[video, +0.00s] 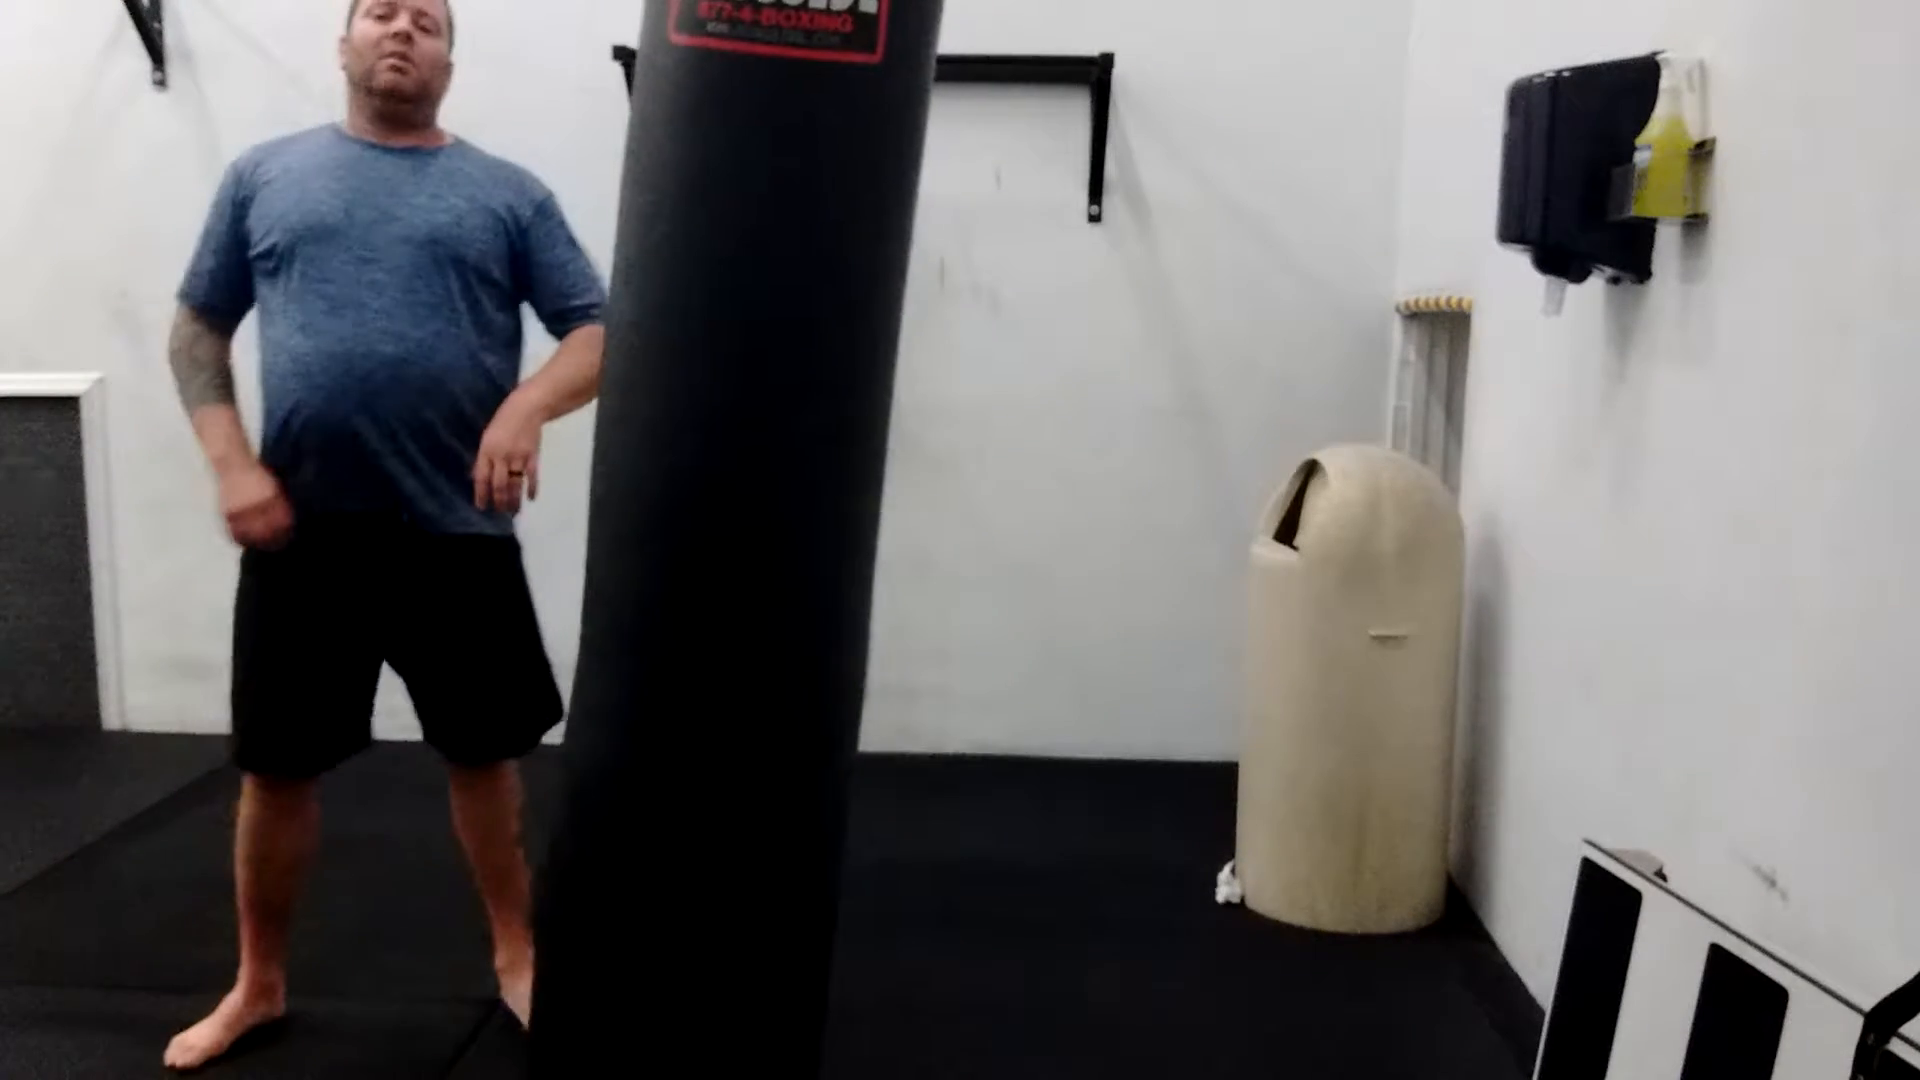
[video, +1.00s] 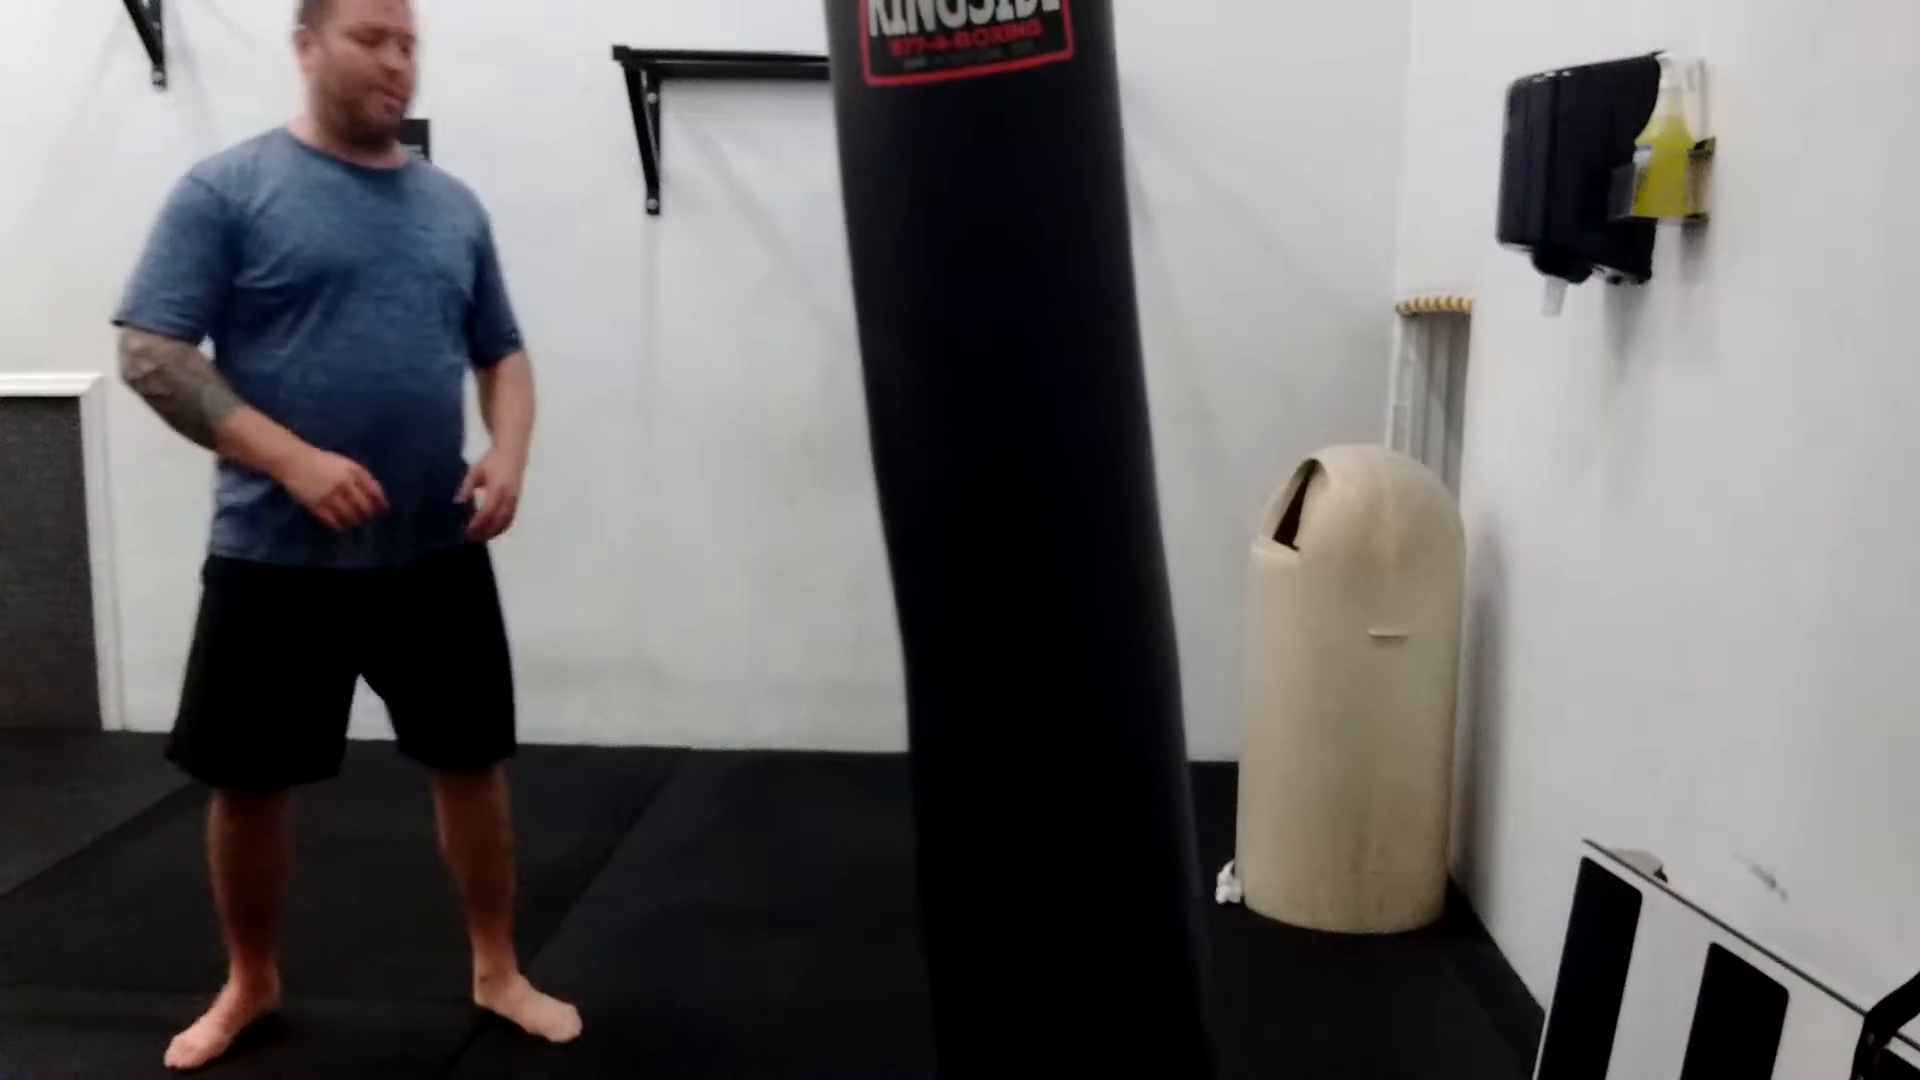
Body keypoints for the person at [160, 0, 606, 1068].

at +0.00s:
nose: (399, 28)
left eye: (423, 22)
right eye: (378, 15)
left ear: (447, 67)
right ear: (343, 51)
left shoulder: (507, 190)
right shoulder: (265, 175)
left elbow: (603, 332)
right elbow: (195, 326)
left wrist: (527, 404)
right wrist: (233, 461)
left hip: (457, 529)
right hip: (305, 525)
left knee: (487, 758)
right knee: (274, 773)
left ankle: (518, 960)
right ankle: (257, 984)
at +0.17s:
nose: (373, 30)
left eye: (395, 21)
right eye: (350, 15)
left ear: (418, 60)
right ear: (311, 47)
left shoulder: (477, 193)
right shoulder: (236, 177)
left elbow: (551, 350)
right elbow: (156, 328)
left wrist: (470, 417)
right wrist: (196, 454)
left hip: (433, 537)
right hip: (281, 533)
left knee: (475, 761)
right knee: (264, 770)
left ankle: (515, 966)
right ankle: (256, 987)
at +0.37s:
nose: (341, 36)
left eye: (358, 26)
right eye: (316, 19)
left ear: (374, 58)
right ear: (267, 47)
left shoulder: (436, 199)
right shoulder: (193, 186)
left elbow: (502, 356)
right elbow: (108, 341)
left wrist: (424, 425)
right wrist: (179, 459)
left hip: (400, 547)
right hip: (245, 551)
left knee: (468, 764)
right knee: (247, 778)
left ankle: (509, 963)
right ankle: (255, 985)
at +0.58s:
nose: (324, 38)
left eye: (338, 24)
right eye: (297, 20)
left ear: (353, 53)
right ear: (242, 45)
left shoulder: (410, 199)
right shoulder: (169, 186)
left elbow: (476, 353)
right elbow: (91, 349)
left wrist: (438, 450)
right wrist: (196, 464)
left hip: (384, 546)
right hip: (231, 551)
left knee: (440, 765)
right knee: (246, 775)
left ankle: (493, 972)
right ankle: (255, 986)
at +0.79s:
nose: (339, 38)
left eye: (351, 23)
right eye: (311, 19)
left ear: (364, 49)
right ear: (252, 44)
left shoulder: (417, 199)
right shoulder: (182, 187)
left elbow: (471, 361)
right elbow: (113, 357)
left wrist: (477, 496)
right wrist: (245, 446)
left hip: (399, 541)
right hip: (247, 548)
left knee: (441, 761)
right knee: (255, 776)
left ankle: (496, 971)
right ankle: (256, 986)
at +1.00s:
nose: (400, 64)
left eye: (409, 43)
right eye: (375, 39)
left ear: (417, 56)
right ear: (307, 45)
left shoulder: (452, 206)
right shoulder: (226, 190)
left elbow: (502, 355)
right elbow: (149, 352)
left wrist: (507, 450)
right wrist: (290, 457)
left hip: (432, 549)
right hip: (276, 555)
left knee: (471, 762)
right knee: (244, 783)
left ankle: (497, 972)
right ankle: (248, 984)